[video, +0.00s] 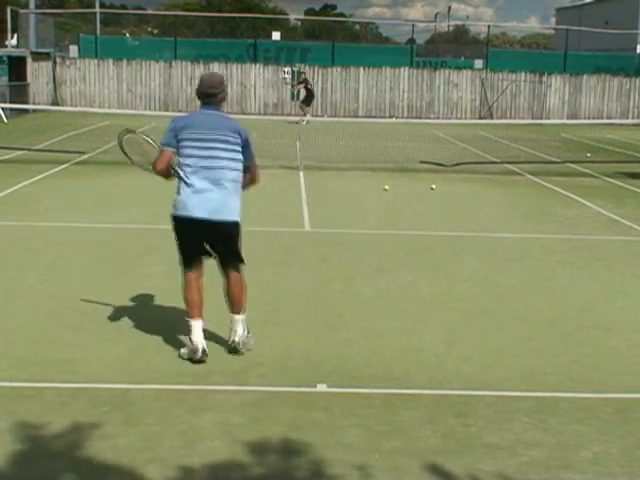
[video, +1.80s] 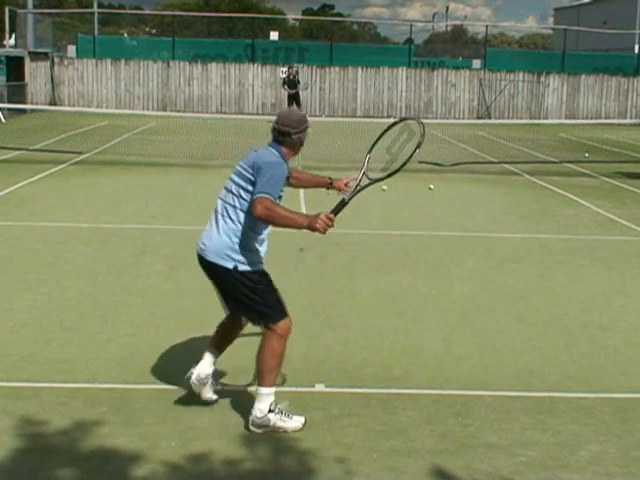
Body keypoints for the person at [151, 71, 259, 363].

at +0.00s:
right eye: (220, 93)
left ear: (197, 96)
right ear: (224, 97)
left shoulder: (180, 125)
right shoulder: (237, 130)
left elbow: (160, 167)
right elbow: (252, 177)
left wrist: (176, 171)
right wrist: (225, 182)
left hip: (188, 214)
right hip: (225, 217)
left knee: (192, 270)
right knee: (233, 268)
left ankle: (197, 342)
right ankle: (238, 333)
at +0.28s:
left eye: (234, 106)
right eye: (250, 105)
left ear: (228, 108)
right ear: (255, 109)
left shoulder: (216, 136)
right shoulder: (273, 143)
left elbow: (192, 179)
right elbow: (287, 193)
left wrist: (199, 193)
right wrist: (263, 211)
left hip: (222, 228)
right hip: (262, 231)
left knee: (199, 278)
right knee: (268, 291)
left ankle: (202, 345)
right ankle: (275, 360)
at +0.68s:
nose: (282, 102)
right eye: (281, 98)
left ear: (249, 98)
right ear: (277, 99)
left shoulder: (226, 129)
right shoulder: (287, 132)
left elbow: (202, 175)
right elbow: (302, 189)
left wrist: (233, 189)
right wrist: (282, 217)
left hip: (230, 224)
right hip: (271, 226)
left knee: (232, 297)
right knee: (288, 296)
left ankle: (229, 377)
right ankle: (302, 372)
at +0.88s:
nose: (295, 117)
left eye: (292, 112)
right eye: (294, 113)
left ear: (260, 116)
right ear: (289, 118)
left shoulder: (237, 151)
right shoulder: (299, 154)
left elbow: (222, 203)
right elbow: (313, 213)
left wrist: (253, 211)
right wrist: (302, 244)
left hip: (240, 251)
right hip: (282, 252)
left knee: (230, 314)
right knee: (309, 320)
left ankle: (200, 380)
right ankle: (316, 403)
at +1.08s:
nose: (283, 132)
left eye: (278, 127)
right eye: (283, 129)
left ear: (253, 129)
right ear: (281, 133)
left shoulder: (232, 157)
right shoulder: (274, 168)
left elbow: (249, 210)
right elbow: (283, 227)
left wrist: (294, 215)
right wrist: (303, 251)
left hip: (213, 259)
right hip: (252, 263)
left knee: (215, 326)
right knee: (291, 327)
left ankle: (172, 396)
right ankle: (311, 407)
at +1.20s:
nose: (279, 125)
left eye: (277, 120)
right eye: (278, 121)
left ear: (248, 119)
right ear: (274, 124)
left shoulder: (230, 145)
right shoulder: (261, 157)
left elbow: (256, 189)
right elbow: (260, 215)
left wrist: (301, 197)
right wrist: (294, 238)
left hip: (197, 246)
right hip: (231, 251)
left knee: (203, 319)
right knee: (265, 321)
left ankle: (165, 393)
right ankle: (261, 409)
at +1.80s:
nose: (304, 142)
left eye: (301, 136)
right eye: (305, 137)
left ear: (275, 133)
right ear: (301, 140)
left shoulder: (260, 156)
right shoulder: (274, 165)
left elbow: (291, 177)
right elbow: (262, 209)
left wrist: (331, 182)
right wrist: (307, 220)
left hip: (212, 251)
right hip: (235, 259)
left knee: (240, 313)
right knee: (279, 326)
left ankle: (202, 372)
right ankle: (262, 410)